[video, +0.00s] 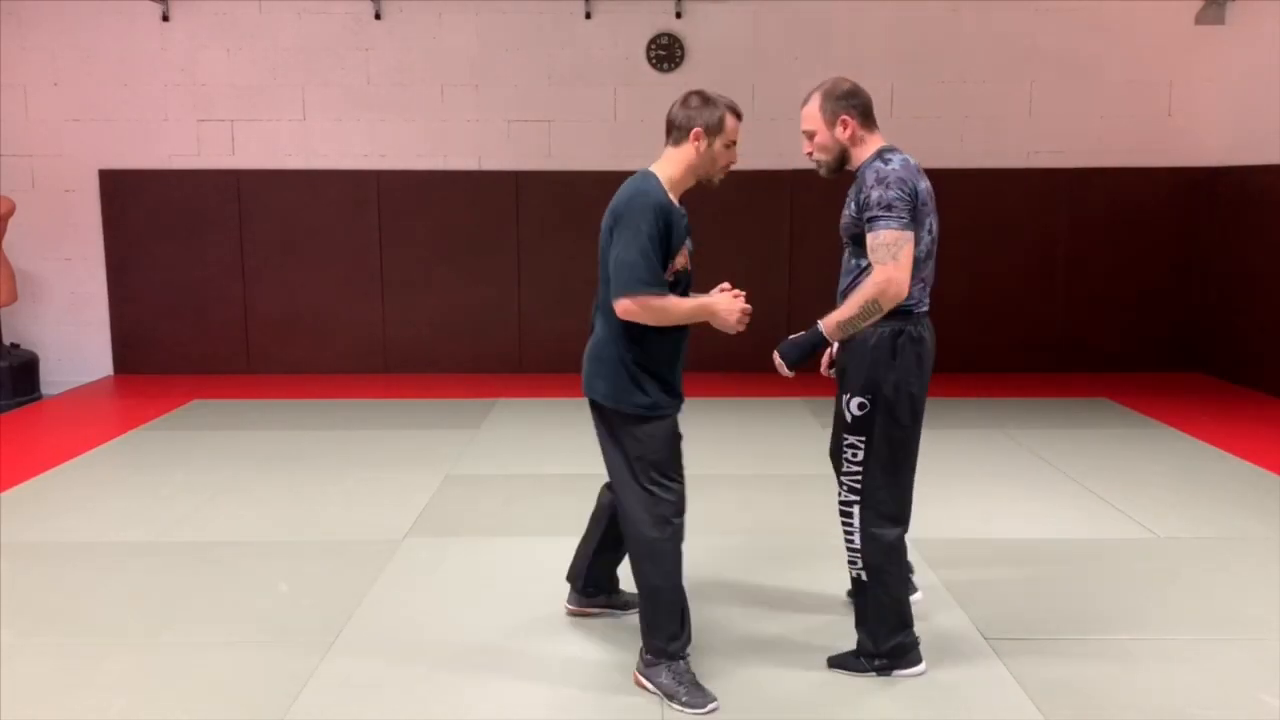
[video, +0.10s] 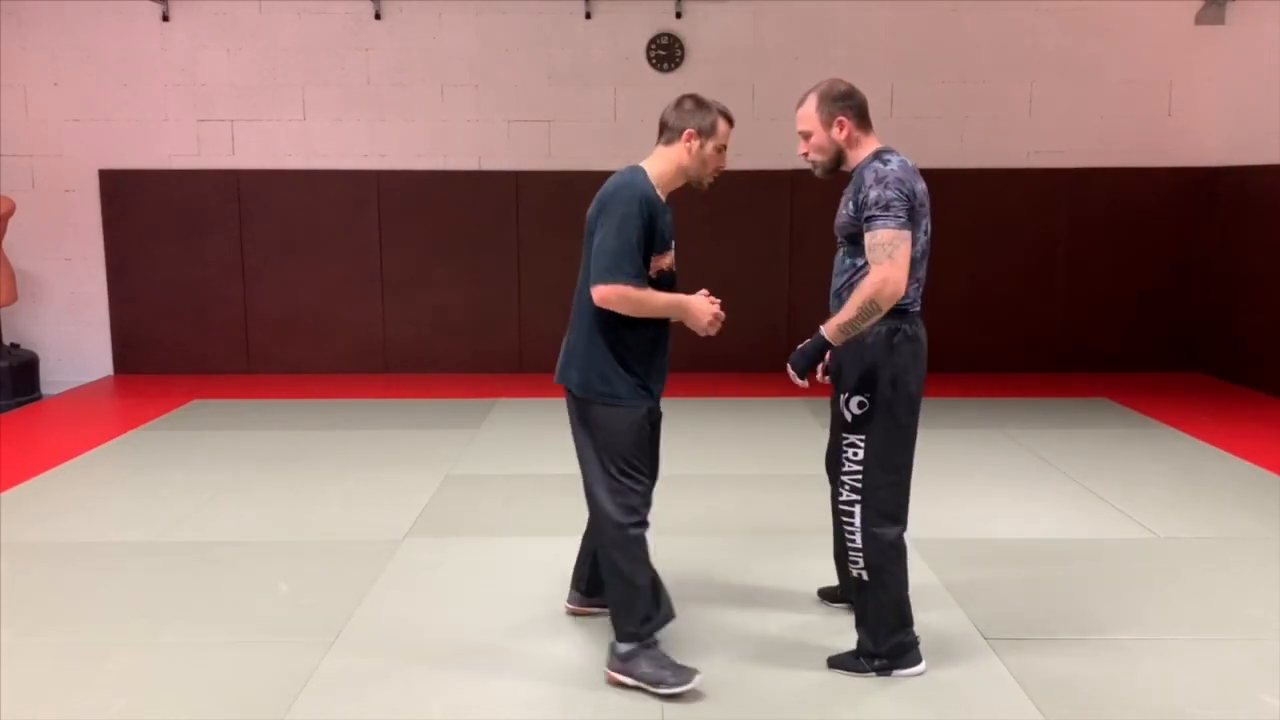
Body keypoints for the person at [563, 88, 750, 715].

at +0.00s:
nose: (735, 158)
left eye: (736, 146)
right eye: (730, 145)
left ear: (692, 141)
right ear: (698, 141)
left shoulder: (663, 202)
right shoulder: (642, 205)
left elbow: (660, 293)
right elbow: (631, 302)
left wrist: (699, 301)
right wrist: (705, 308)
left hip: (642, 381)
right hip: (630, 388)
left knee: (633, 486)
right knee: (659, 511)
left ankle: (590, 584)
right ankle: (662, 657)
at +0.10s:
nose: (724, 161)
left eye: (726, 149)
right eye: (720, 147)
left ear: (684, 143)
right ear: (689, 143)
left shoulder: (653, 199)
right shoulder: (627, 197)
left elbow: (653, 283)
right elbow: (610, 291)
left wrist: (684, 305)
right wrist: (682, 305)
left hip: (632, 379)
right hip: (605, 381)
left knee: (626, 491)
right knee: (624, 506)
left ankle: (591, 586)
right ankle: (633, 646)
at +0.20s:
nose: (705, 150)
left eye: (706, 138)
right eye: (700, 137)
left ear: (665, 133)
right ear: (669, 132)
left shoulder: (635, 190)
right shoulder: (610, 189)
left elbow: (616, 276)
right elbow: (595, 280)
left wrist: (640, 263)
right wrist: (662, 295)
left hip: (620, 379)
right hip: (591, 380)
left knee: (620, 495)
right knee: (593, 504)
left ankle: (603, 593)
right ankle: (572, 635)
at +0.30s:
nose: (682, 142)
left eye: (684, 131)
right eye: (679, 130)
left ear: (644, 125)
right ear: (648, 125)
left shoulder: (618, 185)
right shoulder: (595, 187)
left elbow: (597, 266)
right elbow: (583, 283)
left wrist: (626, 261)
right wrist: (647, 290)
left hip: (610, 373)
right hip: (578, 377)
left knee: (609, 489)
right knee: (571, 497)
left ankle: (594, 587)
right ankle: (520, 616)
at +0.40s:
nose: (662, 146)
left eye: (664, 135)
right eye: (660, 133)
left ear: (619, 129)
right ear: (633, 131)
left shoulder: (594, 191)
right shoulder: (584, 199)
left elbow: (589, 281)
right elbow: (579, 304)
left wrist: (631, 289)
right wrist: (638, 301)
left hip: (593, 376)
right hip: (561, 379)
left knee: (612, 472)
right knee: (550, 498)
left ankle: (596, 584)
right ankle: (508, 618)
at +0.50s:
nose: (651, 154)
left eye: (651, 142)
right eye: (647, 142)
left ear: (606, 141)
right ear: (618, 142)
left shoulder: (567, 191)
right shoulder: (570, 212)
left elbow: (565, 281)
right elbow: (582, 322)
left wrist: (617, 288)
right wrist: (634, 316)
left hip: (578, 372)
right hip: (544, 383)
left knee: (619, 452)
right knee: (537, 506)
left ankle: (597, 569)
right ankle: (507, 622)